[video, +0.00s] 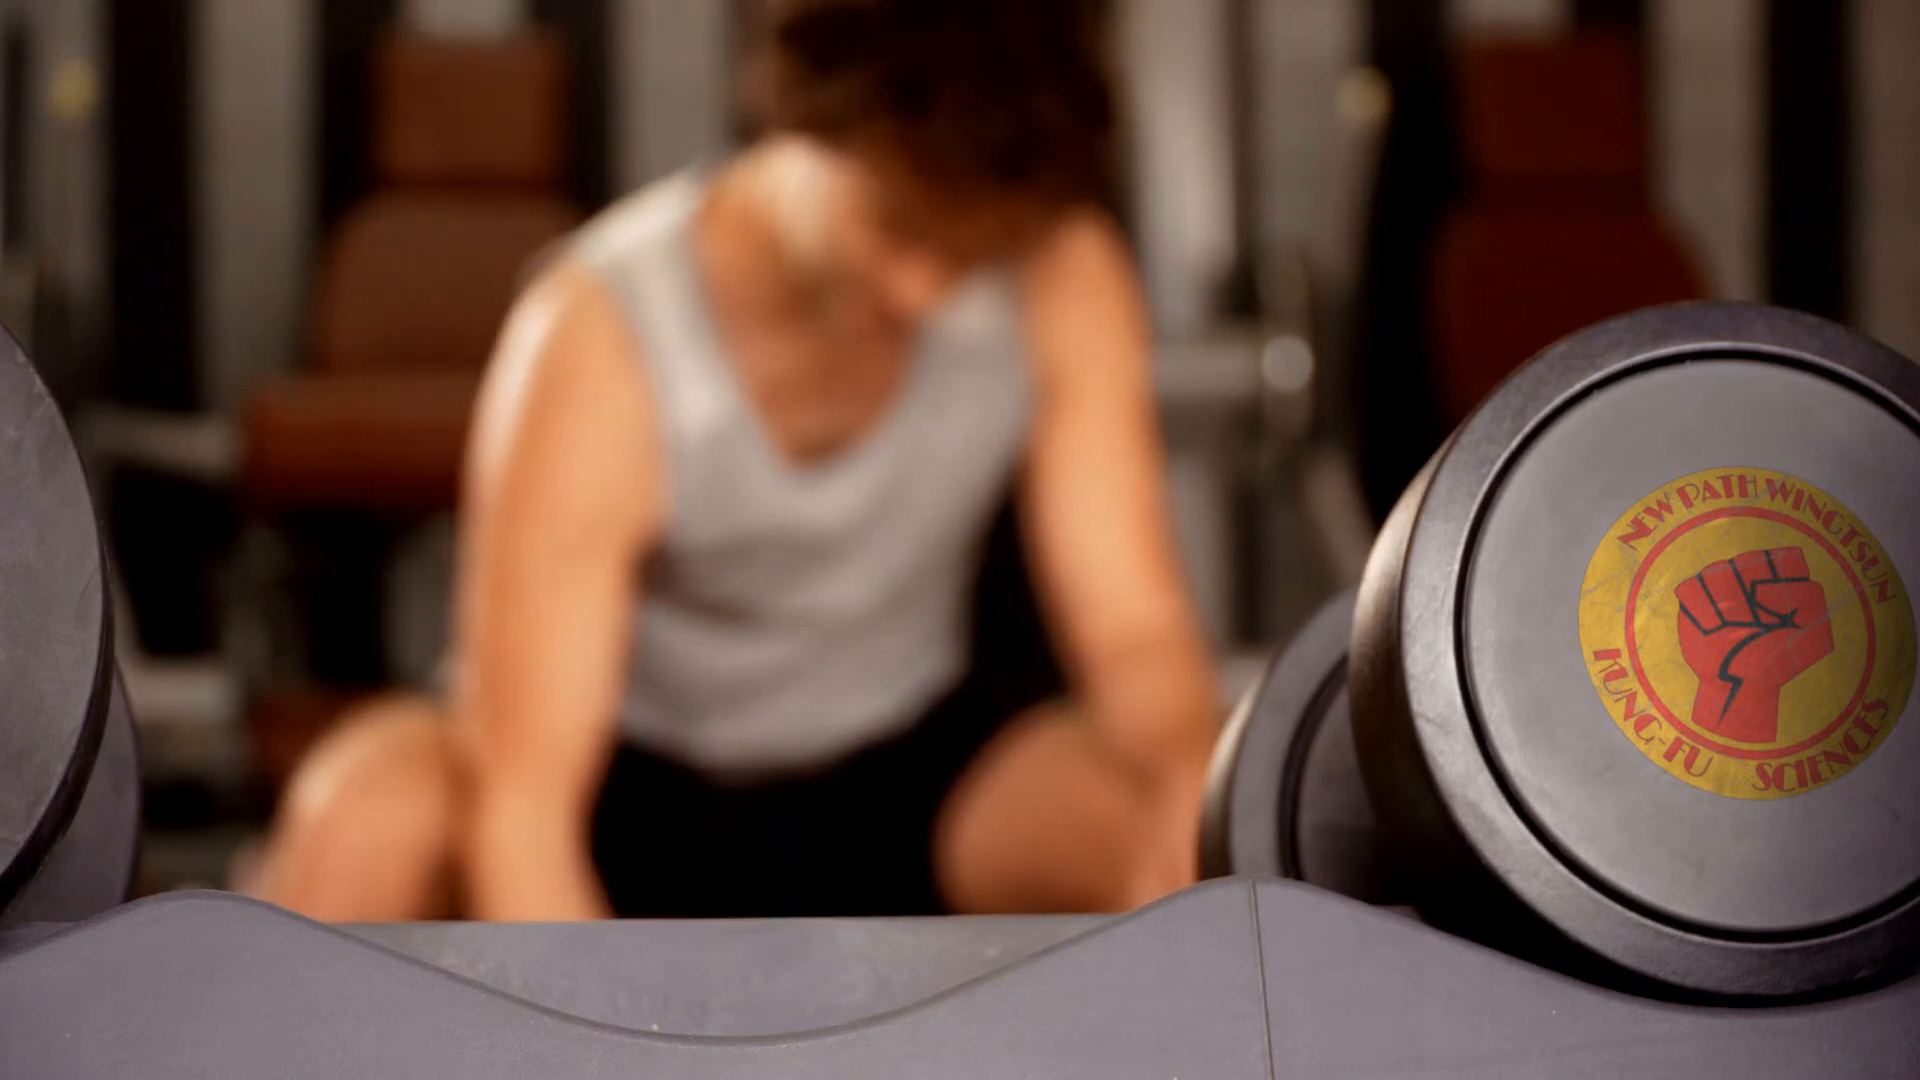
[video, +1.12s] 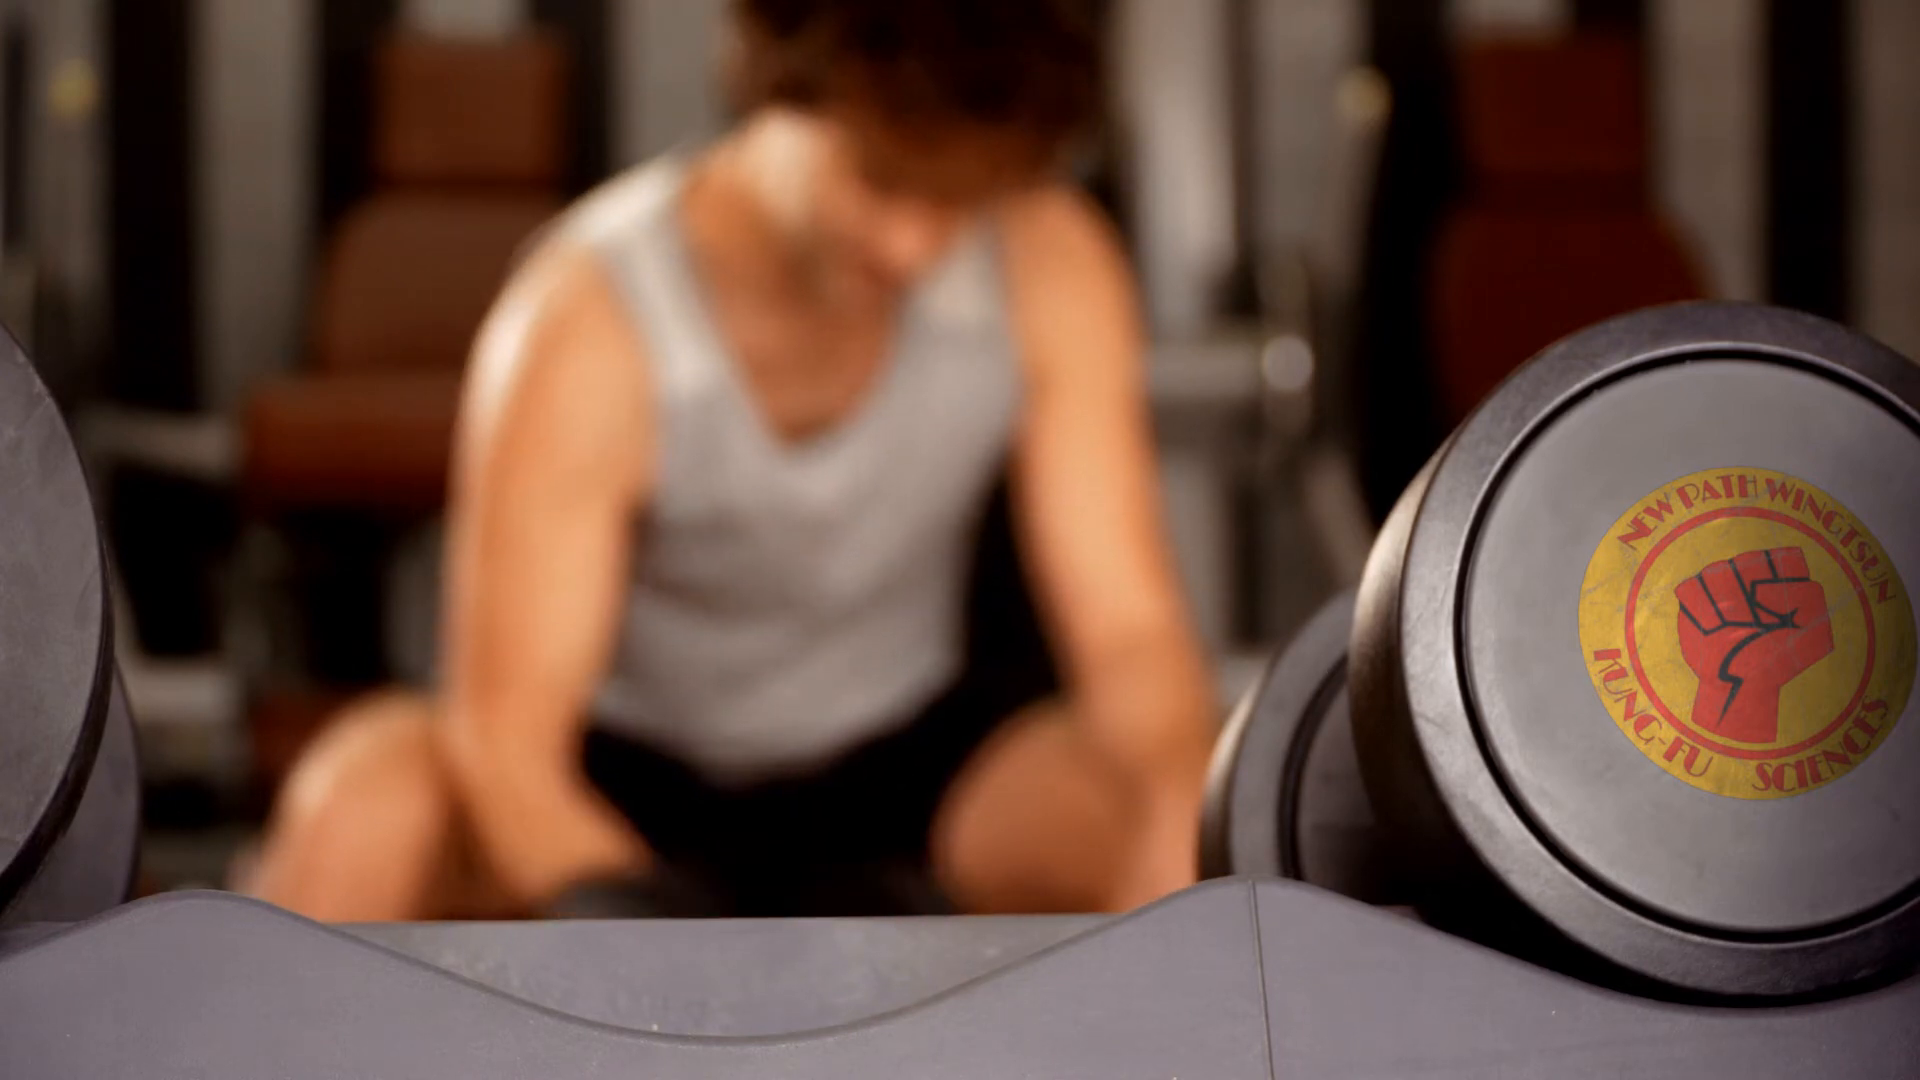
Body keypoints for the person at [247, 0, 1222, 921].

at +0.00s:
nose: (922, 297)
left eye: (976, 253)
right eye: (896, 234)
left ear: (1032, 206)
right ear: (804, 134)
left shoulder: (1055, 266)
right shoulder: (595, 334)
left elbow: (1136, 641)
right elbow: (523, 809)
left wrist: (1214, 832)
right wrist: (607, 1060)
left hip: (903, 782)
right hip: (628, 797)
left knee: (1195, 816)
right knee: (365, 798)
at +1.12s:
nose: (916, 246)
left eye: (965, 200)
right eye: (883, 185)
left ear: (1012, 162)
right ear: (787, 96)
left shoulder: (1044, 254)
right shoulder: (587, 312)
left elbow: (1129, 637)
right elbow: (507, 749)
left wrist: (1183, 848)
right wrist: (678, 959)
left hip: (903, 773)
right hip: (627, 786)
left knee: (1186, 808)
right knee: (365, 788)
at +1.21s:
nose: (914, 238)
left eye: (962, 192)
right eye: (880, 176)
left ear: (1013, 158)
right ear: (785, 86)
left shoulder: (1043, 254)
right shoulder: (577, 308)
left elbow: (1133, 637)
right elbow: (507, 743)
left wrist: (1180, 861)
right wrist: (718, 896)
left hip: (902, 783)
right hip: (627, 794)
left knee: (1196, 789)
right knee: (369, 794)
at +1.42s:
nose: (906, 229)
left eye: (953, 181)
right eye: (871, 166)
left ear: (1006, 145)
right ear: (772, 78)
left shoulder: (1029, 255)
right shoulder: (537, 310)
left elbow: (1129, 628)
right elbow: (517, 725)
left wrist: (1189, 830)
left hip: (889, 807)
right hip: (615, 812)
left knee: (1186, 784)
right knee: (378, 778)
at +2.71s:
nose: (875, 205)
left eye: (924, 158)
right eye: (842, 145)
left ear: (981, 123)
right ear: (748, 68)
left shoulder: (1024, 253)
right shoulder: (526, 319)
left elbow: (1125, 635)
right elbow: (519, 741)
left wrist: (1167, 863)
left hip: (907, 792)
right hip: (628, 791)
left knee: (1191, 770)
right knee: (362, 789)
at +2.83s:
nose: (875, 204)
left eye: (925, 159)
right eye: (843, 144)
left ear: (989, 126)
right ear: (754, 71)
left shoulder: (1035, 255)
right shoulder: (542, 324)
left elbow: (1123, 633)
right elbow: (516, 756)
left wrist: (1161, 857)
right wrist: (640, 968)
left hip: (902, 780)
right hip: (618, 788)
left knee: (1187, 803)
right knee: (357, 796)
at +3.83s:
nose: (894, 328)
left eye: (948, 281)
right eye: (857, 262)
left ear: (1015, 266)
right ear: (772, 205)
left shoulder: (1046, 286)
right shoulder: (583, 397)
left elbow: (1101, 661)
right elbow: (508, 830)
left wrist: (1005, 814)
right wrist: (518, 1076)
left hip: (893, 783)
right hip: (613, 796)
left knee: (1138, 829)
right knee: (344, 803)